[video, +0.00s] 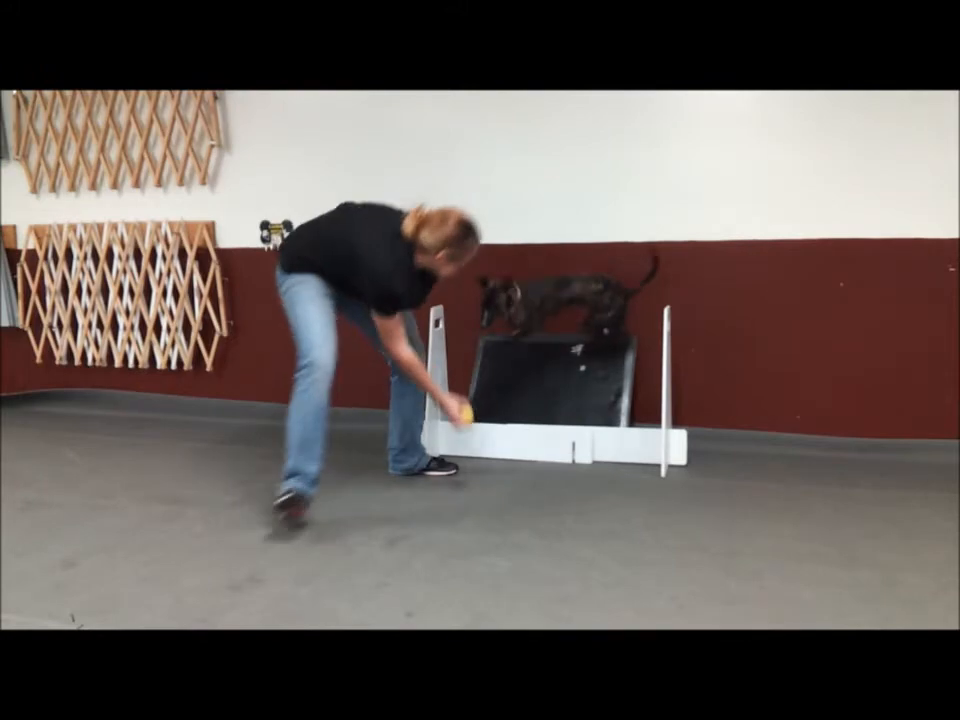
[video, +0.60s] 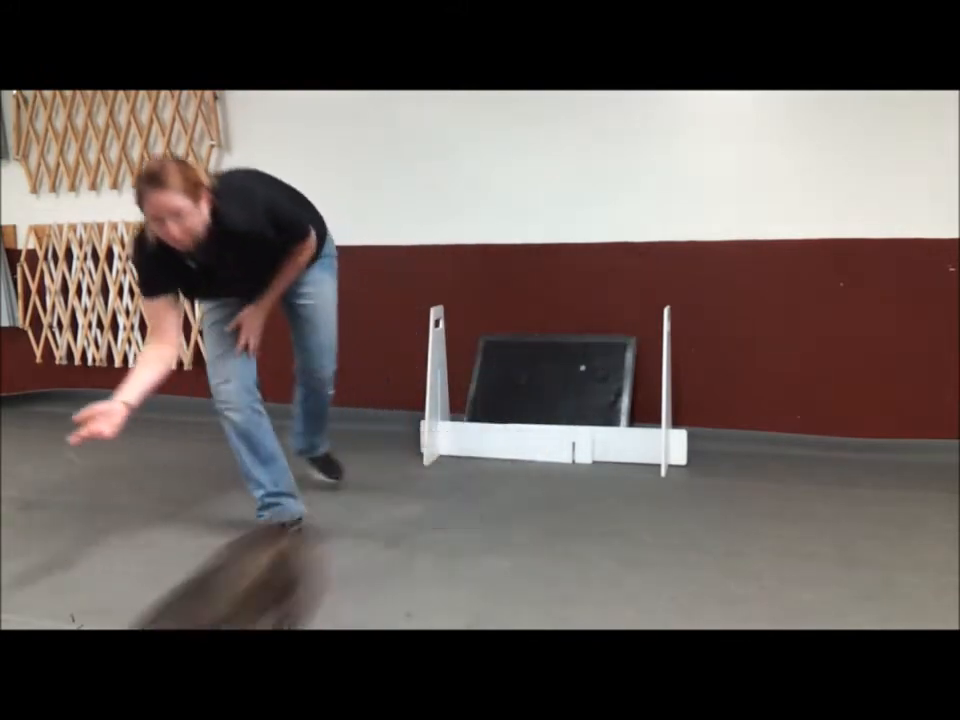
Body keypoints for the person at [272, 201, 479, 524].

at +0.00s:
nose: (457, 271)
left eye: (461, 265)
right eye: (457, 264)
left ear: (438, 253)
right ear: (441, 256)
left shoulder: (425, 261)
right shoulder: (383, 265)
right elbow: (396, 347)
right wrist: (443, 398)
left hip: (355, 276)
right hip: (305, 270)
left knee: (411, 357)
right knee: (318, 362)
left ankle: (407, 459)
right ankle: (297, 485)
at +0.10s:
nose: (423, 303)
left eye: (427, 297)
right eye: (420, 297)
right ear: (395, 287)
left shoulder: (400, 261)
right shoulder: (352, 296)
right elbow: (382, 383)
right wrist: (431, 449)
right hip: (291, 285)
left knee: (410, 367)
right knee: (284, 384)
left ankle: (406, 458)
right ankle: (282, 506)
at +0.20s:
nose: (374, 323)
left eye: (379, 313)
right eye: (365, 317)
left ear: (385, 296)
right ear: (337, 305)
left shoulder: (368, 272)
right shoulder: (298, 305)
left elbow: (342, 363)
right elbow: (334, 393)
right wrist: (372, 473)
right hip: (267, 286)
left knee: (393, 369)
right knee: (256, 400)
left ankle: (409, 457)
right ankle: (280, 511)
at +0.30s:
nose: (311, 324)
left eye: (319, 312)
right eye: (301, 315)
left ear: (331, 297)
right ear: (273, 302)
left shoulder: (349, 276)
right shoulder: (250, 303)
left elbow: (336, 310)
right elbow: (273, 394)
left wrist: (316, 346)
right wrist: (289, 471)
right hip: (248, 281)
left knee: (372, 370)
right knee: (236, 396)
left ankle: (407, 459)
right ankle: (274, 505)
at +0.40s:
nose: (254, 305)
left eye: (259, 293)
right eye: (241, 298)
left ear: (275, 275)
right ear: (220, 292)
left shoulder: (311, 261)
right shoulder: (206, 302)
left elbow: (325, 292)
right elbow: (224, 385)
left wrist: (297, 334)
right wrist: (211, 455)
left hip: (324, 278)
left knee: (354, 369)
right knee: (237, 397)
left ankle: (384, 463)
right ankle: (276, 509)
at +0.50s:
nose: (206, 274)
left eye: (213, 260)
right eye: (193, 266)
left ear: (234, 240)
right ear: (177, 260)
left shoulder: (281, 233)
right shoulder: (175, 279)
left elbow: (317, 266)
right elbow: (190, 365)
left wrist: (279, 322)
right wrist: (156, 428)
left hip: (305, 272)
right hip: (230, 304)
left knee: (337, 369)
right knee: (231, 401)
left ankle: (350, 452)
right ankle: (276, 511)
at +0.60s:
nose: (171, 232)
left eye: (178, 217)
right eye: (158, 222)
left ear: (204, 200)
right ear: (146, 221)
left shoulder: (251, 200)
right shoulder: (153, 250)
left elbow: (305, 244)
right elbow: (162, 342)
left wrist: (262, 307)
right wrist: (121, 403)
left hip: (299, 264)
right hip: (223, 289)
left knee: (320, 373)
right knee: (232, 396)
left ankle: (313, 445)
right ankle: (279, 507)